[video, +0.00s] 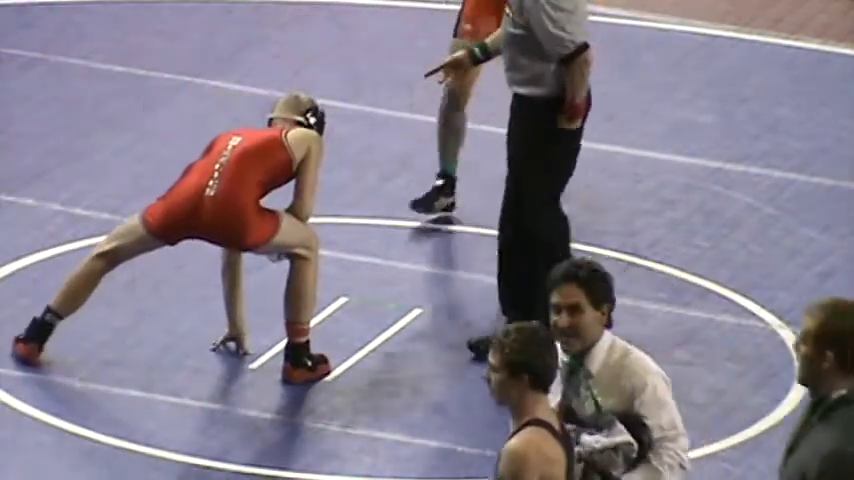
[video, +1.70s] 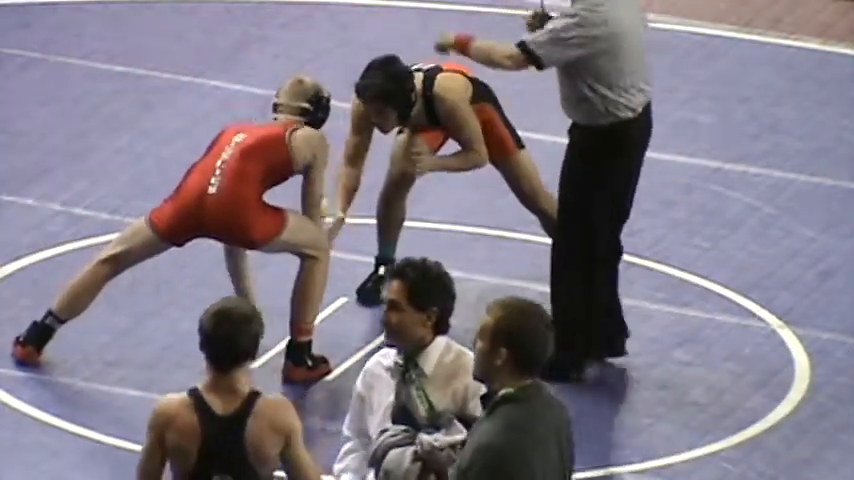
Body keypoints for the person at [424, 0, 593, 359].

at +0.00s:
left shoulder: (544, 7)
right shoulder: (525, 5)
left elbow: (579, 57)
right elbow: (519, 30)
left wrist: (573, 114)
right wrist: (474, 55)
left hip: (548, 109)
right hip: (534, 102)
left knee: (532, 217)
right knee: (526, 215)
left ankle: (528, 330)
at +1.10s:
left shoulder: (568, 13)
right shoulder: (557, 10)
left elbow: (618, 70)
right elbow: (541, 56)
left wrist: (612, 138)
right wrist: (483, 82)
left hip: (600, 130)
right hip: (584, 125)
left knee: (581, 235)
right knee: (564, 226)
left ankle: (568, 351)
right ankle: (564, 324)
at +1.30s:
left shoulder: (560, 17)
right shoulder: (569, 5)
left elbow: (614, 61)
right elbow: (555, 50)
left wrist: (611, 116)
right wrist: (517, 31)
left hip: (589, 128)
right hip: (607, 121)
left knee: (564, 228)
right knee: (589, 224)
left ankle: (570, 332)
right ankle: (588, 318)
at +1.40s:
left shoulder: (560, 15)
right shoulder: (593, 4)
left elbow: (598, 67)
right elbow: (563, 50)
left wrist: (587, 125)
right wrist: (528, 19)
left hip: (589, 128)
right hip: (618, 119)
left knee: (565, 226)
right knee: (596, 223)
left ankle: (563, 323)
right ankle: (590, 316)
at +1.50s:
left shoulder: (572, 15)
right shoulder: (593, 5)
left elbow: (566, 98)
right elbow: (568, 49)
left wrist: (538, 130)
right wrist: (535, 16)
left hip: (593, 130)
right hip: (619, 118)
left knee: (568, 231)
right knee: (597, 229)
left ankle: (567, 332)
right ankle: (588, 327)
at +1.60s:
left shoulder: (585, 16)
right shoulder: (609, 5)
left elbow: (530, 88)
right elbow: (584, 50)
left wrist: (485, 98)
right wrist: (545, 17)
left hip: (598, 133)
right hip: (619, 121)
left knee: (573, 239)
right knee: (593, 235)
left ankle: (574, 350)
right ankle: (583, 343)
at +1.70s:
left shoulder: (587, 18)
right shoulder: (624, 6)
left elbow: (512, 58)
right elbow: (596, 38)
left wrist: (460, 43)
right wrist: (552, 24)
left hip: (601, 134)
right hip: (627, 125)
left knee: (572, 242)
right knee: (602, 235)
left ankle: (569, 356)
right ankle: (605, 336)